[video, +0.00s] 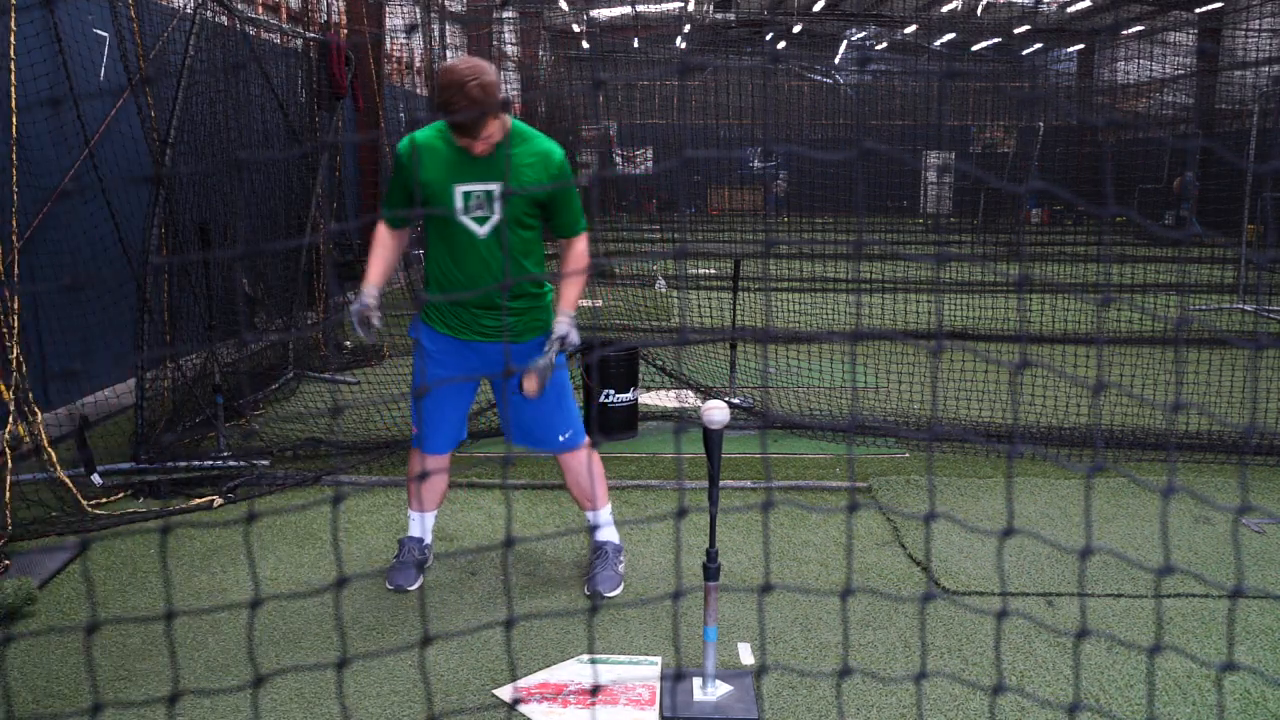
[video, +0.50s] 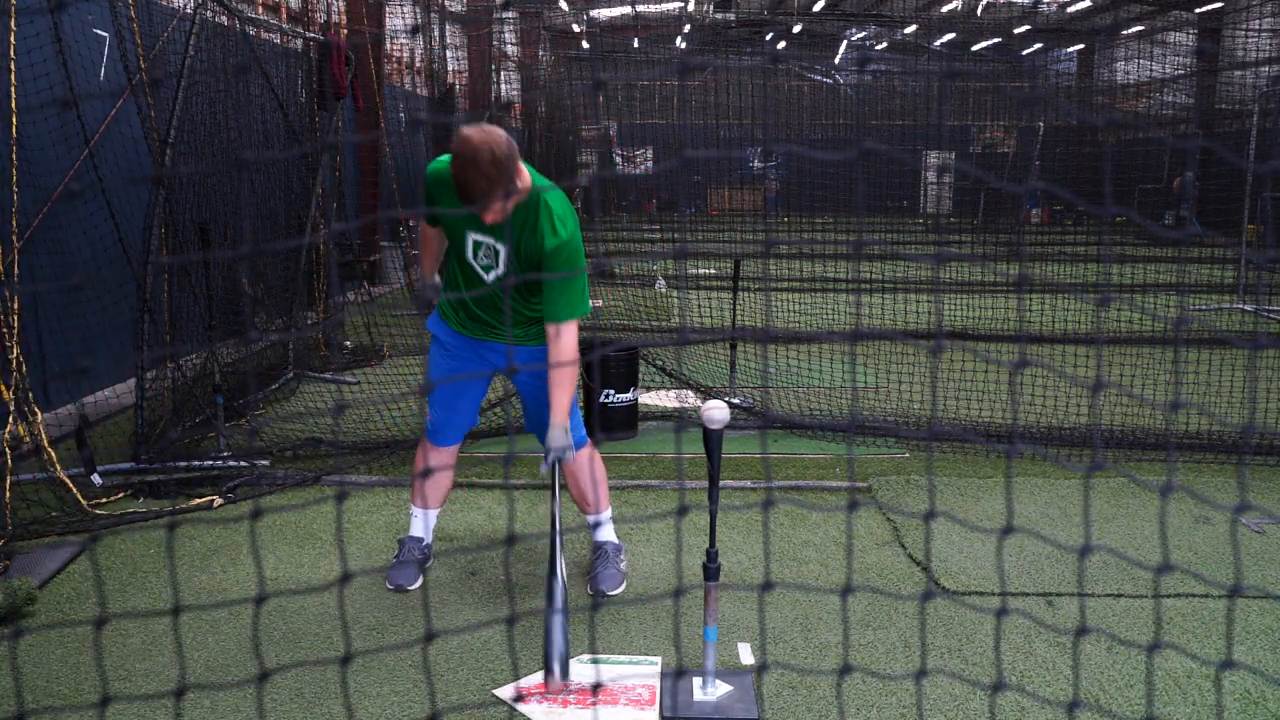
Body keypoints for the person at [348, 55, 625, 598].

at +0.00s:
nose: (478, 144)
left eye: (486, 132)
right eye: (466, 136)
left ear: (506, 111)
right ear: (447, 120)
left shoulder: (545, 159)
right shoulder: (417, 154)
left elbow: (575, 242)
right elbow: (392, 226)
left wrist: (564, 320)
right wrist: (369, 289)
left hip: (530, 331)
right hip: (446, 332)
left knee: (568, 441)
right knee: (430, 446)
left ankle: (606, 539)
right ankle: (416, 542)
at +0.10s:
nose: (461, 155)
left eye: (468, 143)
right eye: (449, 147)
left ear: (489, 114)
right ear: (431, 128)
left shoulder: (535, 163)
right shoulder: (409, 159)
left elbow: (568, 252)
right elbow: (388, 229)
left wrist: (558, 325)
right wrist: (368, 285)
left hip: (527, 330)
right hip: (446, 331)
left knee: (564, 437)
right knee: (430, 440)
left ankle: (605, 538)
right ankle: (417, 542)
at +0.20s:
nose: (461, 166)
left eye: (469, 154)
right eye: (449, 157)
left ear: (489, 122)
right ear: (430, 136)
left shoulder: (537, 172)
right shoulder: (411, 163)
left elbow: (568, 267)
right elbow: (395, 235)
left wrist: (557, 344)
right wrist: (374, 291)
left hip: (528, 332)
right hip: (447, 330)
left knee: (563, 438)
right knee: (430, 439)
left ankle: (605, 539)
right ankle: (417, 543)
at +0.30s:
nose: (467, 185)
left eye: (473, 175)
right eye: (455, 176)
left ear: (495, 144)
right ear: (438, 154)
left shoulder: (544, 190)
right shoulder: (425, 169)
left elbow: (568, 284)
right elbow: (416, 233)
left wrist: (559, 371)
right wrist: (403, 302)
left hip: (532, 332)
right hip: (453, 329)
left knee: (565, 439)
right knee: (435, 438)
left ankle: (605, 541)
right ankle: (418, 541)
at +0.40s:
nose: (475, 196)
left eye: (484, 185)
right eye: (464, 186)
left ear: (504, 153)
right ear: (447, 161)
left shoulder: (548, 201)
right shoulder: (431, 172)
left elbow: (566, 300)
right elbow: (425, 228)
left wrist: (559, 393)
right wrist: (416, 290)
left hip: (535, 333)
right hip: (456, 327)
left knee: (566, 435)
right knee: (437, 435)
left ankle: (606, 542)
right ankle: (418, 540)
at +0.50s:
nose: (489, 217)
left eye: (498, 206)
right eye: (479, 208)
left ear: (517, 179)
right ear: (460, 182)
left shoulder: (553, 221)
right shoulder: (441, 179)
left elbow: (563, 327)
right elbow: (433, 227)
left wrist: (559, 421)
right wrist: (426, 280)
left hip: (537, 339)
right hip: (461, 329)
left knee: (569, 439)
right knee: (439, 435)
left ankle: (606, 542)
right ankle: (418, 540)